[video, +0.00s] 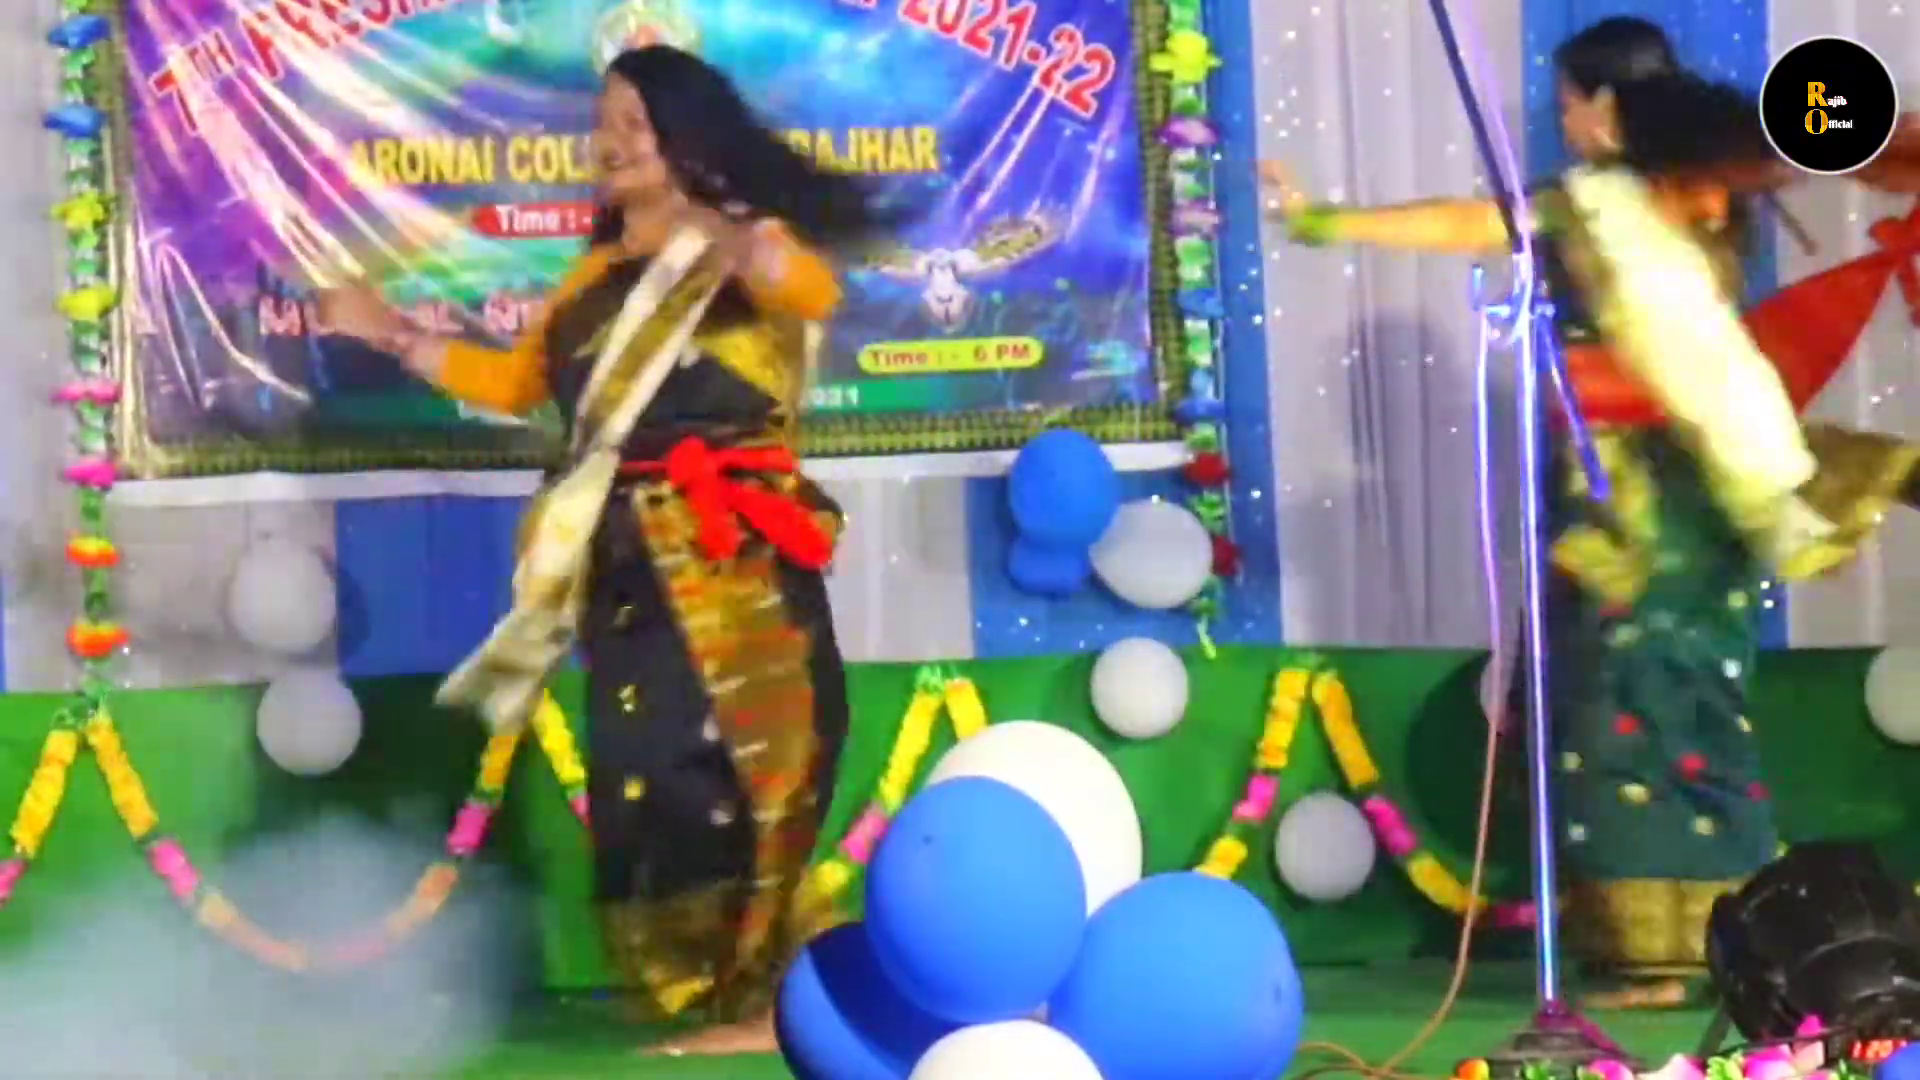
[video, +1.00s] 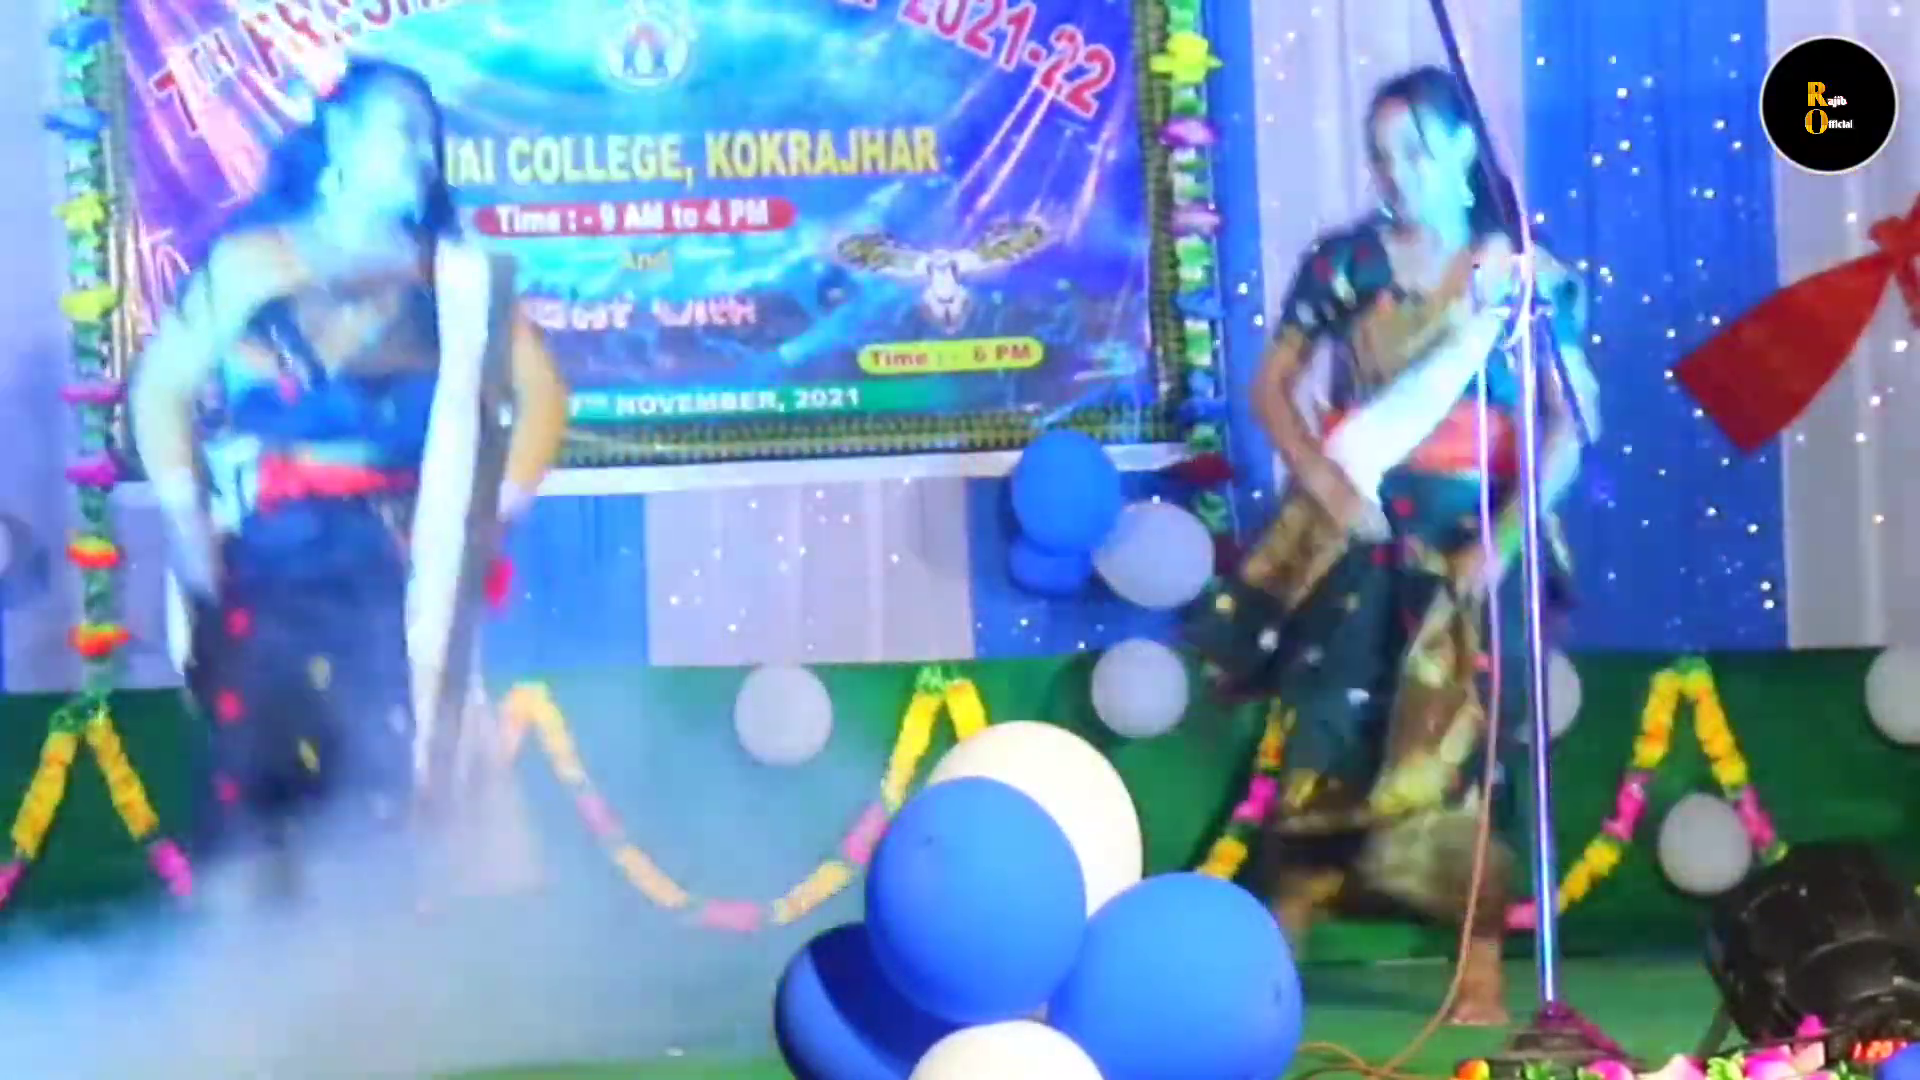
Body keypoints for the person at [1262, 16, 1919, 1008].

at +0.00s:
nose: (1561, 122)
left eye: (1568, 104)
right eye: (1564, 104)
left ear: (1601, 107)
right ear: (1649, 100)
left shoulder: (1596, 199)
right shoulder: (1710, 197)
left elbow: (1470, 223)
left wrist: (1324, 220)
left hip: (1628, 483)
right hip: (1705, 479)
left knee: (1618, 700)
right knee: (1686, 699)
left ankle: (1656, 957)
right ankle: (1705, 938)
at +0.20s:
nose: (1553, 143)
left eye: (1563, 120)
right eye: (1548, 124)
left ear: (1618, 110)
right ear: (1603, 120)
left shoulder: (1651, 228)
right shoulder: (1616, 230)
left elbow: (1532, 321)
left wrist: (1393, 368)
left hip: (1651, 510)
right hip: (1627, 506)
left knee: (1643, 718)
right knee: (1636, 717)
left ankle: (1667, 944)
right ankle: (1651, 941)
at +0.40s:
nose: (1546, 233)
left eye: (1562, 212)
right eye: (1538, 216)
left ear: (1618, 209)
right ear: (1530, 222)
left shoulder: (1676, 321)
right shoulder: (1523, 333)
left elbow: (1687, 464)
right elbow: (1505, 473)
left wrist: (1611, 578)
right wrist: (1515, 588)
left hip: (1663, 560)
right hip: (1558, 565)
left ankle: (1684, 927)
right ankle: (1577, 931)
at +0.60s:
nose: (1507, 152)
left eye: (1522, 130)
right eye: (1494, 136)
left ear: (1571, 125)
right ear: (1487, 142)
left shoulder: (1635, 238)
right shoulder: (1472, 243)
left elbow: (1657, 383)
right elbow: (1416, 379)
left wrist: (1592, 515)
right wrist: (1437, 496)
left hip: (1600, 506)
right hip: (1483, 512)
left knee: (1606, 725)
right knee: (1417, 710)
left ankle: (1677, 946)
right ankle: (1440, 937)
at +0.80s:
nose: (1435, 161)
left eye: (1449, 139)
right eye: (1423, 144)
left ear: (1503, 125)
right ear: (1415, 144)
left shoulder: (1581, 230)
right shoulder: (1402, 242)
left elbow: (1612, 379)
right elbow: (1339, 369)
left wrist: (1540, 497)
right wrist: (1369, 463)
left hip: (1530, 535)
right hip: (1419, 530)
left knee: (1500, 750)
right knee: (1410, 747)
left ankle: (1486, 973)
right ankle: (1414, 974)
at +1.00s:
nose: (1400, 171)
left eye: (1417, 150)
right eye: (1385, 154)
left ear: (1466, 149)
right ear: (1373, 159)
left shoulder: (1525, 272)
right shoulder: (1344, 260)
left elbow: (1572, 424)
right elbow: (1270, 390)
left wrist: (1502, 541)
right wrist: (1324, 485)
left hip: (1476, 548)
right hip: (1359, 538)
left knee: (1477, 757)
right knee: (1323, 741)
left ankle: (1479, 969)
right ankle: (1276, 959)